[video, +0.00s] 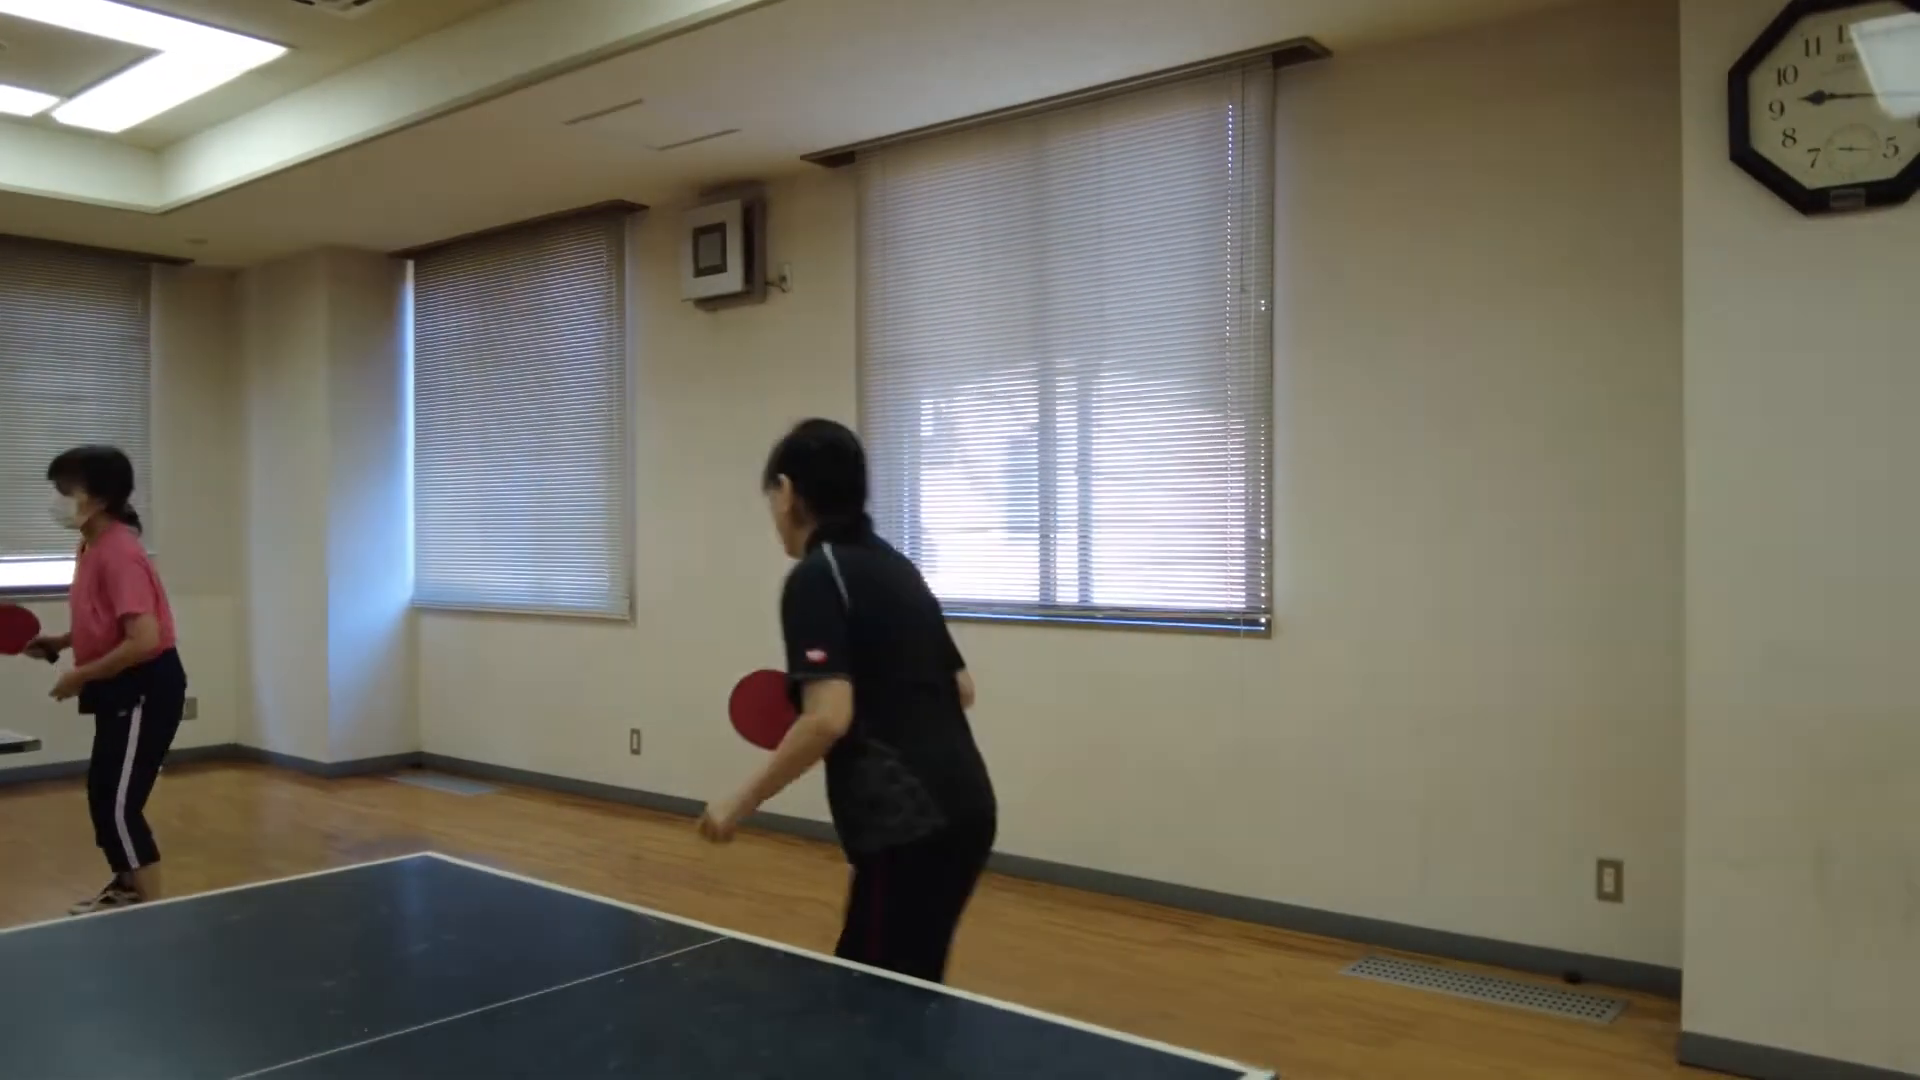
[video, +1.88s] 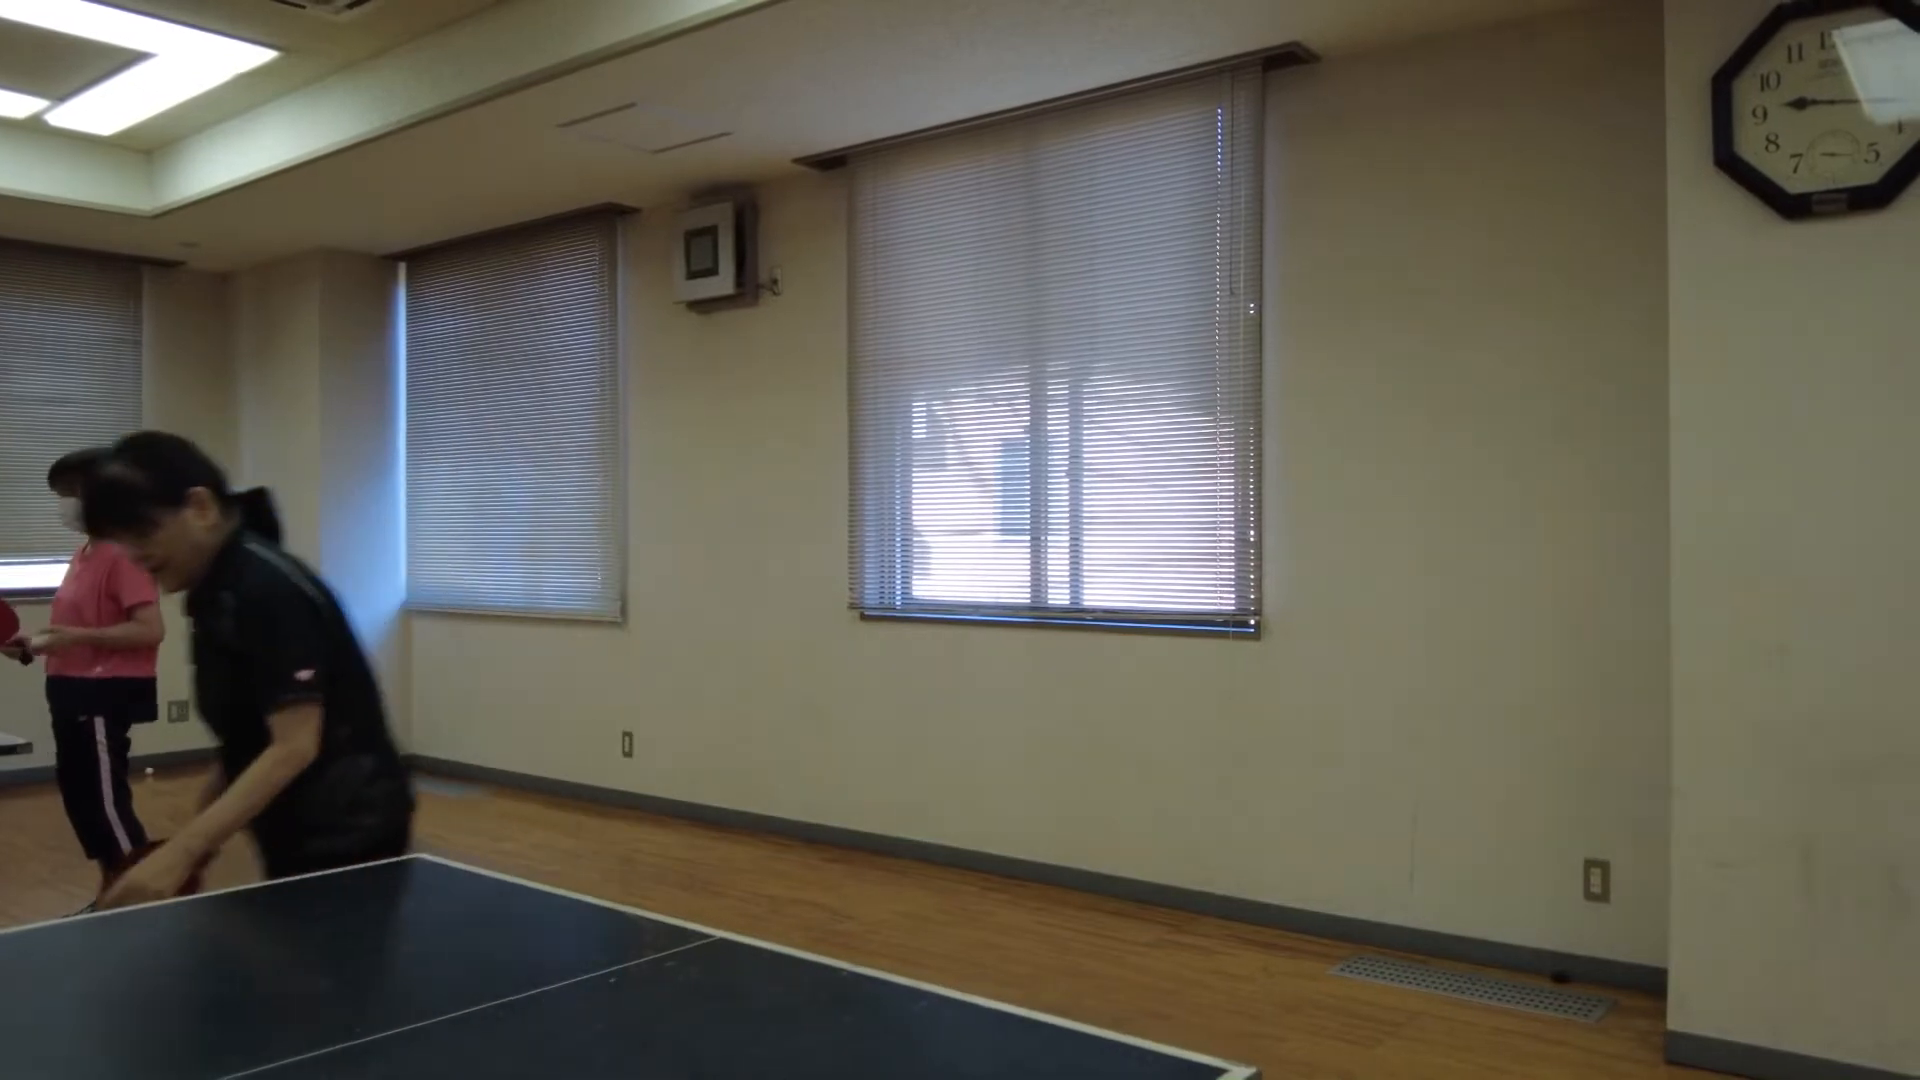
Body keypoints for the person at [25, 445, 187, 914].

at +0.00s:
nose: (60, 502)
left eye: (68, 492)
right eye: (59, 492)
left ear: (98, 496)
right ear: (83, 498)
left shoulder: (119, 549)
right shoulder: (93, 547)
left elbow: (146, 638)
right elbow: (102, 625)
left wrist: (82, 675)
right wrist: (57, 643)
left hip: (147, 684)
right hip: (120, 683)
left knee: (118, 802)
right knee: (104, 794)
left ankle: (156, 911)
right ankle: (128, 888)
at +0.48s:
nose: (72, 496)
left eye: (81, 487)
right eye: (72, 487)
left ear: (111, 490)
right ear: (98, 492)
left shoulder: (133, 543)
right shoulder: (95, 543)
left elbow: (146, 626)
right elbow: (93, 628)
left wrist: (65, 621)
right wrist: (50, 627)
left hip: (126, 688)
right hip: (94, 685)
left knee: (113, 802)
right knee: (95, 797)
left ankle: (151, 907)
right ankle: (123, 892)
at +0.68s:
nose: (81, 498)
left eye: (90, 488)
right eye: (80, 488)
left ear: (120, 490)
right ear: (103, 493)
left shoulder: (140, 542)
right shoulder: (98, 542)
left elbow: (109, 613)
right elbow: (96, 621)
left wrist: (64, 557)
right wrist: (64, 634)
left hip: (120, 684)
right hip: (87, 682)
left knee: (114, 797)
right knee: (89, 793)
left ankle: (150, 905)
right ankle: (122, 891)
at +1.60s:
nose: (73, 509)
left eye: (82, 498)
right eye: (72, 499)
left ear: (113, 500)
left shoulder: (135, 554)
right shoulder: (96, 552)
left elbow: (148, 636)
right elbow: (87, 627)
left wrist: (67, 633)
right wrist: (40, 644)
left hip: (100, 693)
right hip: (68, 690)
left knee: (108, 800)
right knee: (81, 797)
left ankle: (146, 908)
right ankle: (116, 896)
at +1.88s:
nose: (62, 507)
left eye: (70, 496)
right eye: (61, 497)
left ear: (98, 497)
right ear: (73, 501)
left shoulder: (122, 554)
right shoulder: (87, 554)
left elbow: (151, 629)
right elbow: (82, 626)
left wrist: (78, 636)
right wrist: (35, 645)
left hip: (105, 693)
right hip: (73, 690)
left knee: (106, 800)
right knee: (80, 798)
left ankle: (147, 891)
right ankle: (117, 889)